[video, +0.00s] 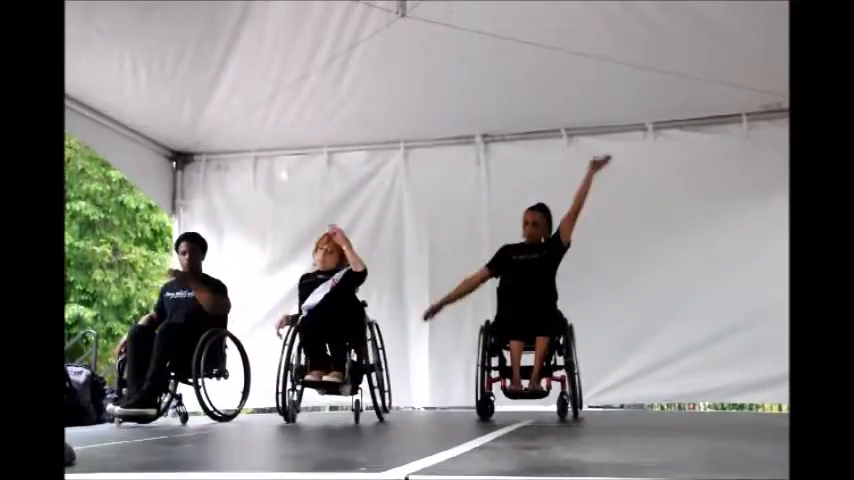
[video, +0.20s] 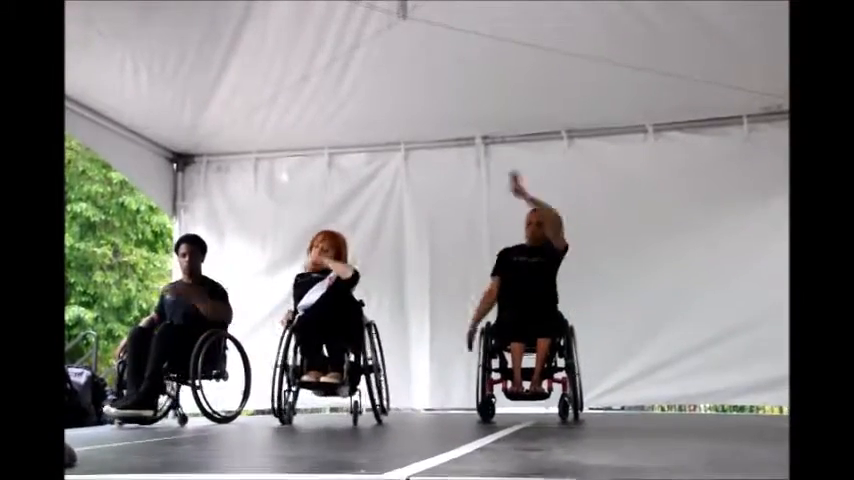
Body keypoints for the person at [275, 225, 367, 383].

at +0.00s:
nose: (324, 254)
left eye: (330, 251)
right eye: (321, 249)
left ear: (340, 257)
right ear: (314, 256)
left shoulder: (346, 276)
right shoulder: (307, 280)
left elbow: (360, 271)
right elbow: (304, 313)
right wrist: (289, 319)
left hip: (343, 318)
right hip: (318, 320)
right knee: (307, 322)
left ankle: (337, 370)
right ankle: (317, 368)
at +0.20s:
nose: (317, 252)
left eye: (325, 250)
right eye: (315, 247)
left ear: (337, 256)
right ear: (310, 250)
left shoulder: (342, 277)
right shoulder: (301, 279)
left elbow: (349, 274)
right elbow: (299, 305)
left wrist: (327, 262)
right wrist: (291, 316)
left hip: (339, 315)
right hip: (313, 317)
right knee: (305, 324)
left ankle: (335, 370)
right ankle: (313, 369)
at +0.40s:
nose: (313, 250)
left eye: (320, 247)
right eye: (310, 244)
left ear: (333, 254)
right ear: (304, 248)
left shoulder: (341, 273)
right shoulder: (296, 277)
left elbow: (364, 284)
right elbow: (289, 307)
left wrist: (337, 263)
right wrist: (283, 317)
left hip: (337, 317)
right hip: (307, 319)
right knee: (298, 321)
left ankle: (328, 371)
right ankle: (308, 369)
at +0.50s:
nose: (310, 248)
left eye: (318, 245)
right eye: (308, 242)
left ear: (331, 253)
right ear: (303, 246)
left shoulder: (340, 271)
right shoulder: (293, 274)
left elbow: (370, 286)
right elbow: (284, 306)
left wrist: (359, 258)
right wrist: (275, 324)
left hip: (334, 318)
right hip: (305, 319)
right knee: (294, 320)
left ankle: (323, 373)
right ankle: (303, 370)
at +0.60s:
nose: (309, 247)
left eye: (317, 244)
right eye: (307, 241)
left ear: (331, 251)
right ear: (302, 245)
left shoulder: (339, 270)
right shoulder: (291, 273)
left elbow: (372, 285)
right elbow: (280, 305)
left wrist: (374, 258)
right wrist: (270, 325)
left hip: (332, 318)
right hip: (302, 317)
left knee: (319, 323)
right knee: (291, 320)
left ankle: (318, 371)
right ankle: (299, 368)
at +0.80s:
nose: (308, 243)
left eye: (317, 241)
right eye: (306, 238)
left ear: (330, 249)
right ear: (301, 241)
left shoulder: (337, 270)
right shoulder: (287, 271)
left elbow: (372, 285)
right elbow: (272, 306)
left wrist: (397, 259)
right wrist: (256, 327)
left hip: (324, 318)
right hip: (292, 317)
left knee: (295, 318)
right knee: (280, 316)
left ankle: (300, 371)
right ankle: (285, 369)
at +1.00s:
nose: (302, 241)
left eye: (310, 237)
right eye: (301, 235)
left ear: (326, 243)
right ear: (297, 238)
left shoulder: (332, 268)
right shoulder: (285, 269)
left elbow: (361, 286)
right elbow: (267, 302)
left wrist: (385, 259)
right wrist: (248, 328)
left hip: (314, 317)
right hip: (284, 315)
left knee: (273, 317)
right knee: (263, 319)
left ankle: (274, 373)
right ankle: (270, 371)